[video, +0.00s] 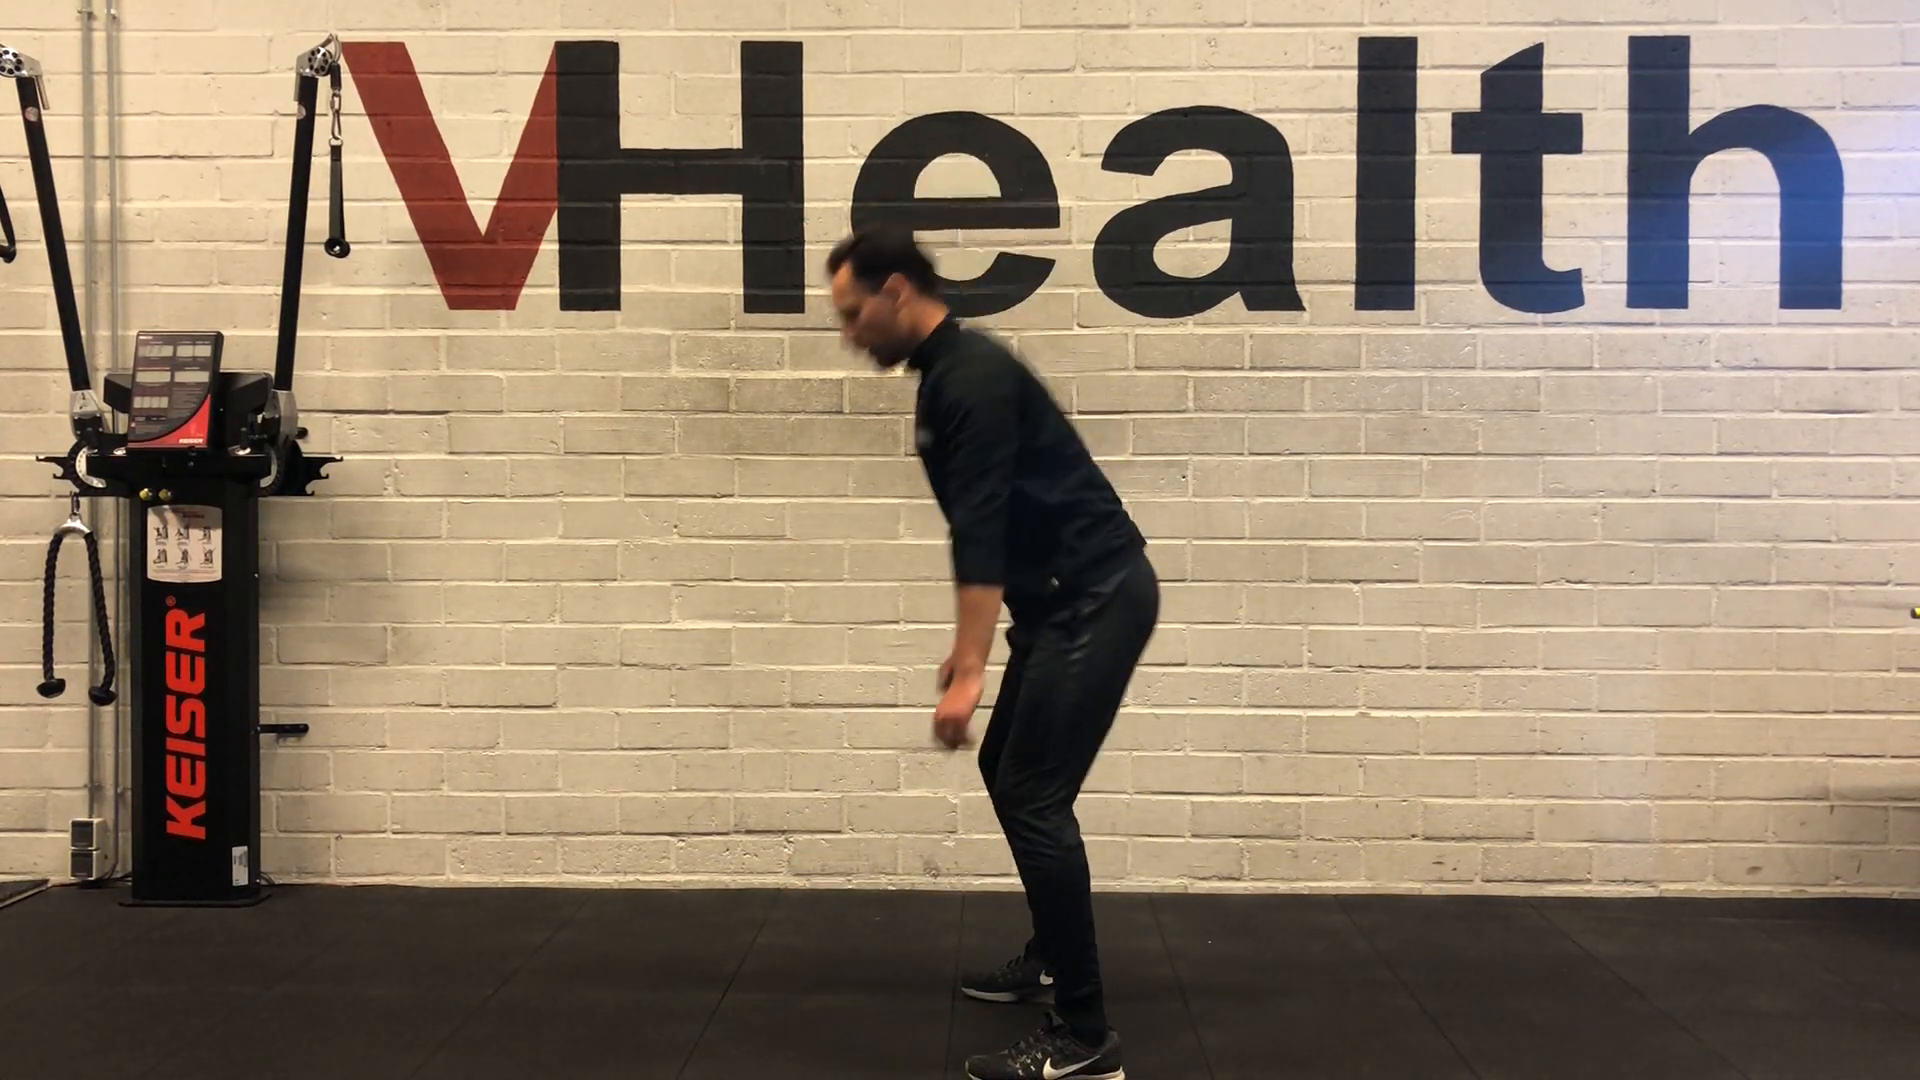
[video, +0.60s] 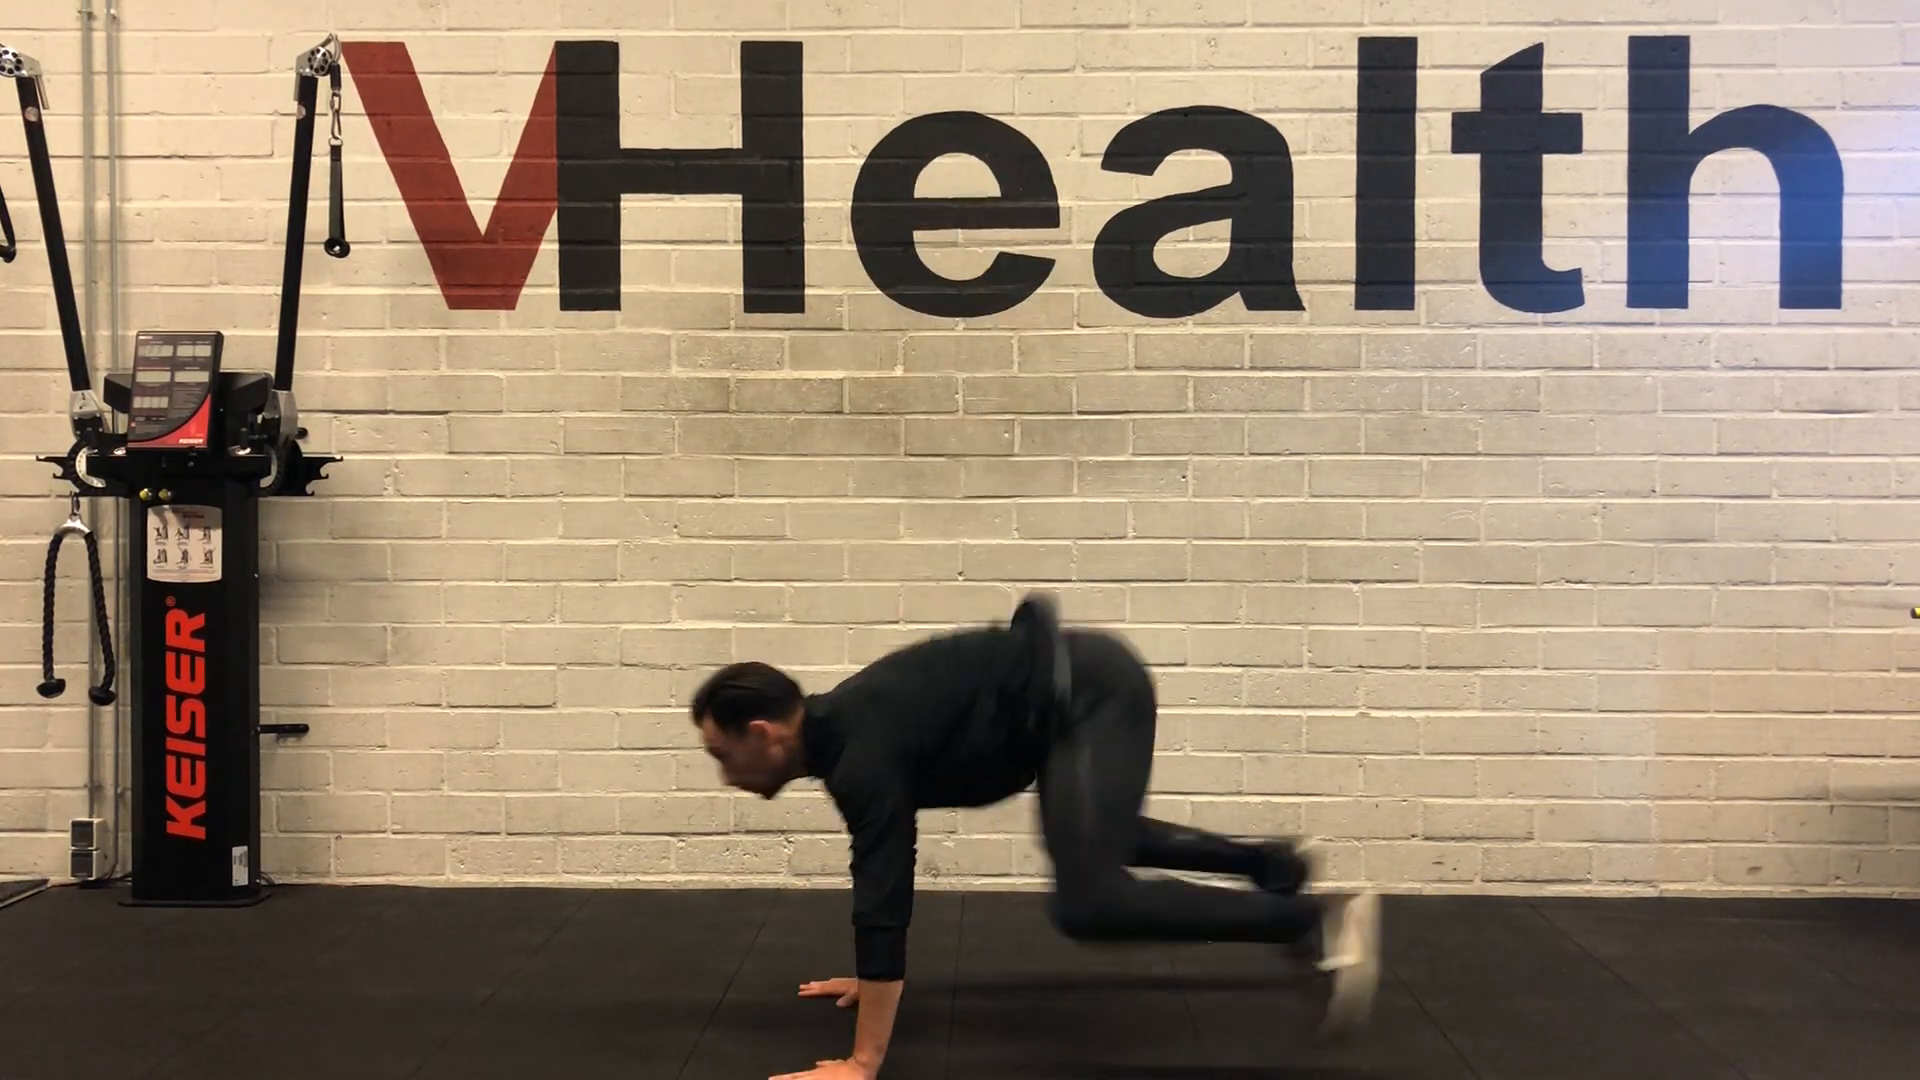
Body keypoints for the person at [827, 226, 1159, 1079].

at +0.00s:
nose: (847, 334)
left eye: (851, 314)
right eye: (840, 318)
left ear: (899, 291)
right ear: (896, 295)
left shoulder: (971, 381)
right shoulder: (948, 376)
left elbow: (981, 540)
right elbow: (980, 537)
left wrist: (965, 674)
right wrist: (968, 661)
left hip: (1100, 600)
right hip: (1059, 602)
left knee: (1035, 792)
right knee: (1010, 769)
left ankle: (1083, 1032)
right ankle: (1056, 956)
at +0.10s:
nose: (813, 420)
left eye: (817, 400)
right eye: (807, 405)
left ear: (863, 376)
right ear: (859, 382)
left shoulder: (941, 454)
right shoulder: (922, 448)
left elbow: (948, 609)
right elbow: (943, 601)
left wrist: (932, 759)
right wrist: (932, 721)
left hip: (1121, 624)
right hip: (1072, 625)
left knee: (1020, 795)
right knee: (992, 769)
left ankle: (1084, 1032)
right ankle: (1054, 959)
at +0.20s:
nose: (791, 521)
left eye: (794, 502)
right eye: (784, 506)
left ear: (839, 480)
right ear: (841, 482)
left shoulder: (922, 548)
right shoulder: (908, 533)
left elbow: (913, 710)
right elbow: (911, 703)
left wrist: (891, 851)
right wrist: (891, 833)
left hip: (1130, 668)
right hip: (1084, 658)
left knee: (996, 812)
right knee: (969, 772)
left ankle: (1082, 1034)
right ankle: (1048, 959)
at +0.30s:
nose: (778, 616)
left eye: (777, 596)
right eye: (770, 600)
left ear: (818, 570)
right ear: (821, 570)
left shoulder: (905, 631)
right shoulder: (896, 607)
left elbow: (887, 787)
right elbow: (884, 773)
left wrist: (861, 934)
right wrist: (865, 897)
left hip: (1128, 705)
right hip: (1089, 691)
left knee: (974, 825)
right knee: (954, 781)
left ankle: (1080, 1033)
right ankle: (1042, 960)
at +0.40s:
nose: (770, 707)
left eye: (768, 688)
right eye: (762, 694)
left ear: (810, 661)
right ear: (812, 657)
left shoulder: (890, 694)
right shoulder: (880, 668)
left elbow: (877, 857)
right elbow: (874, 835)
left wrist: (847, 1015)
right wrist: (855, 949)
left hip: (1136, 666)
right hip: (1109, 656)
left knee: (996, 814)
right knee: (987, 799)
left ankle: (1080, 1033)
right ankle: (1043, 960)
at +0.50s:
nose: (782, 773)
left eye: (774, 755)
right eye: (769, 760)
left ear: (807, 720)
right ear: (814, 709)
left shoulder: (894, 732)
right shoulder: (878, 701)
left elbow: (893, 891)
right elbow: (889, 862)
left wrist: (858, 1049)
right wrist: (869, 969)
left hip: (1116, 634)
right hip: (1093, 626)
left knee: (1014, 818)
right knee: (1009, 801)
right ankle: (1105, 942)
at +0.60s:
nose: (721, 774)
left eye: (724, 754)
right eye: (714, 756)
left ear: (769, 734)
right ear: (770, 726)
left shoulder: (864, 757)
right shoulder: (842, 730)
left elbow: (886, 910)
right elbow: (881, 875)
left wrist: (864, 1060)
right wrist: (865, 974)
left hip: (1090, 688)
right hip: (1074, 681)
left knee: (1088, 907)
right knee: (1105, 841)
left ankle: (1311, 919)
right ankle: (1274, 865)